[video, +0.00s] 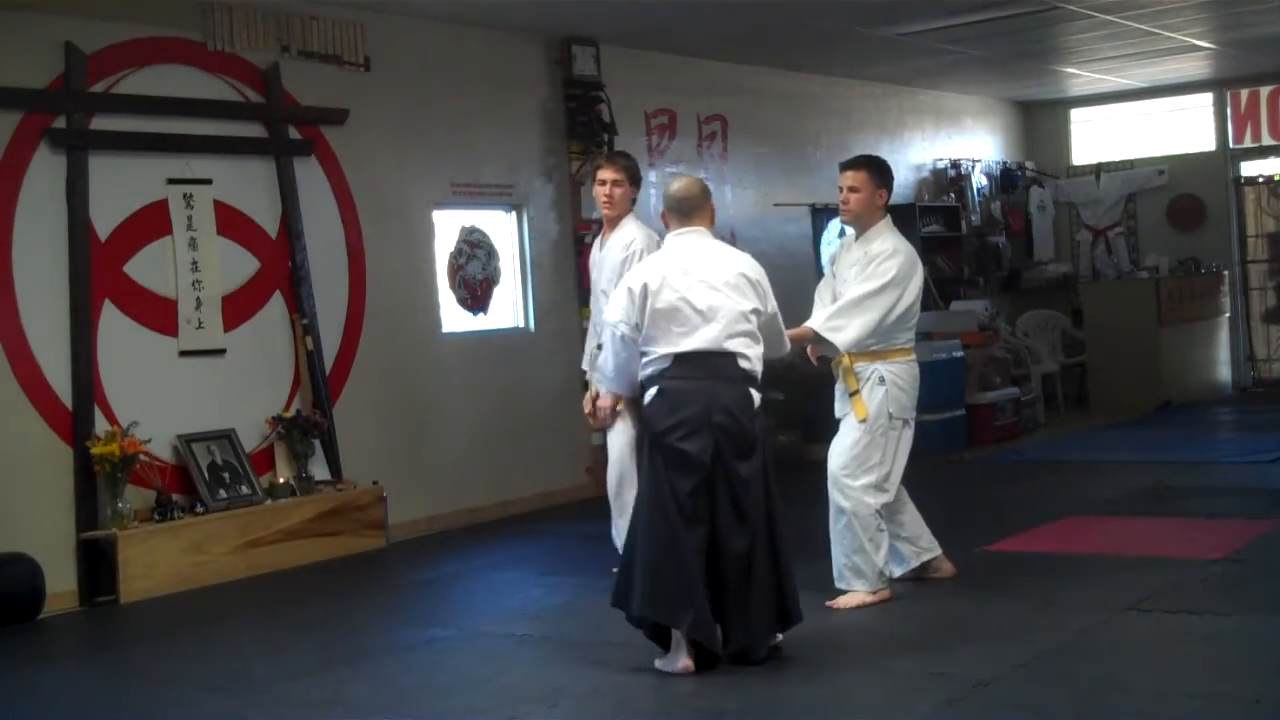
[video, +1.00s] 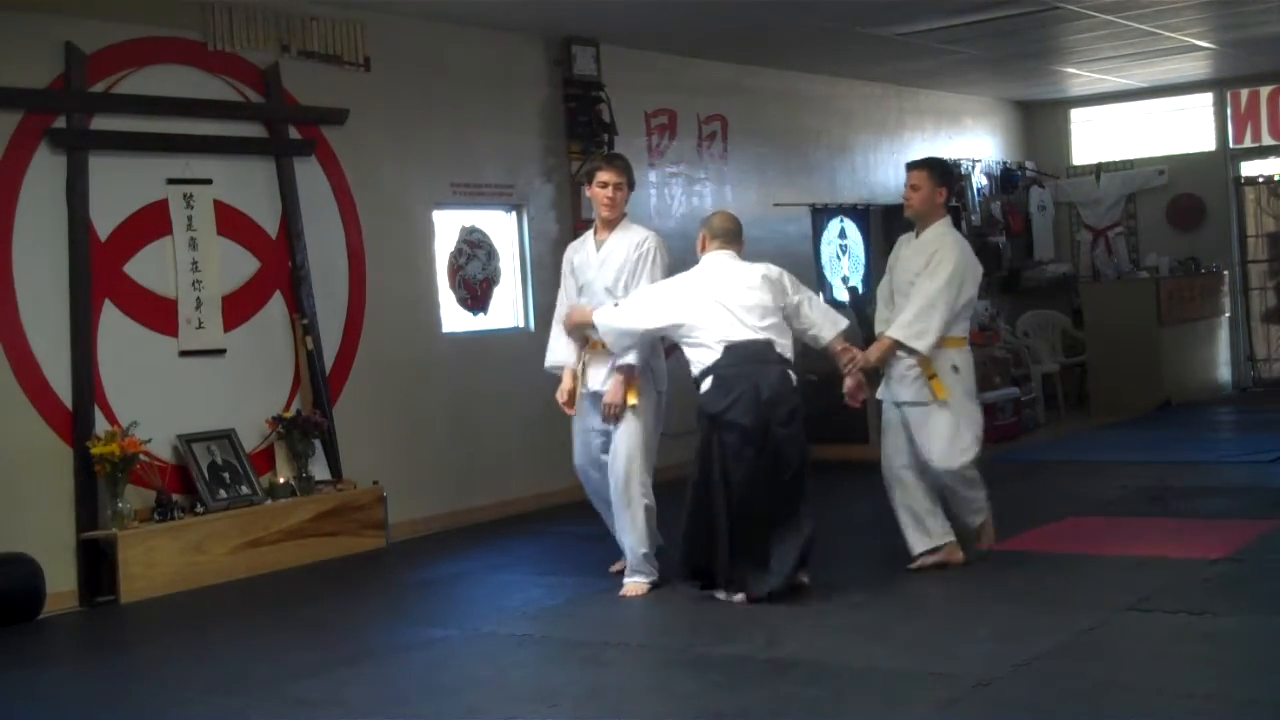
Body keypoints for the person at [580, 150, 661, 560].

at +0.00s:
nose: (607, 192)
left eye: (617, 184)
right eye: (601, 183)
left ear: (633, 191)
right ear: (592, 190)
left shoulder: (639, 240)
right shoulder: (602, 239)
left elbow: (634, 322)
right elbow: (597, 315)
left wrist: (614, 386)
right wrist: (591, 379)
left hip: (634, 379)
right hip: (612, 377)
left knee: (627, 476)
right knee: (621, 475)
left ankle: (635, 562)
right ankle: (628, 558)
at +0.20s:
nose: (605, 194)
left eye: (615, 186)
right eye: (599, 186)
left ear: (632, 193)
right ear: (591, 192)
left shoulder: (637, 242)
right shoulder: (602, 241)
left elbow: (633, 321)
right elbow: (604, 312)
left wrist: (608, 382)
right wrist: (597, 362)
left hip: (634, 369)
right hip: (611, 364)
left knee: (632, 471)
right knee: (624, 469)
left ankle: (640, 565)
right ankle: (634, 553)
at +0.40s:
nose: (607, 195)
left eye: (616, 187)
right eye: (600, 187)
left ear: (631, 193)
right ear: (590, 193)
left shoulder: (644, 242)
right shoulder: (597, 243)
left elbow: (642, 320)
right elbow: (599, 313)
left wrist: (618, 382)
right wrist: (592, 370)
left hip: (635, 367)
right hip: (606, 363)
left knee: (635, 468)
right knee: (623, 466)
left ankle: (642, 566)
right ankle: (638, 551)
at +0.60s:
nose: (610, 195)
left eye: (618, 188)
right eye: (602, 188)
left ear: (632, 193)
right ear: (591, 193)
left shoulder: (647, 244)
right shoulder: (592, 247)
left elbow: (646, 321)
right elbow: (590, 320)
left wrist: (624, 382)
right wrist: (586, 382)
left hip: (639, 363)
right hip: (604, 364)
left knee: (632, 466)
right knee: (623, 466)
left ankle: (641, 565)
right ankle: (656, 548)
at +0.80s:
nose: (614, 196)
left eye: (622, 189)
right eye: (606, 188)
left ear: (633, 194)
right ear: (593, 193)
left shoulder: (648, 245)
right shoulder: (584, 252)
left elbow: (651, 323)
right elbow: (576, 322)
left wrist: (623, 379)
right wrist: (574, 383)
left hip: (639, 368)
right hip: (599, 370)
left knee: (629, 463)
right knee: (616, 466)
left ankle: (640, 566)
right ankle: (652, 549)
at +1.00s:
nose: (610, 194)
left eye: (619, 187)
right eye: (602, 186)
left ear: (629, 193)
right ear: (589, 190)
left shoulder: (645, 243)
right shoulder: (575, 250)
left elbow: (646, 316)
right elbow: (567, 314)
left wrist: (623, 375)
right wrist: (569, 372)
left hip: (635, 370)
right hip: (590, 369)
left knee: (628, 467)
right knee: (588, 463)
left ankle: (640, 567)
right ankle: (632, 544)